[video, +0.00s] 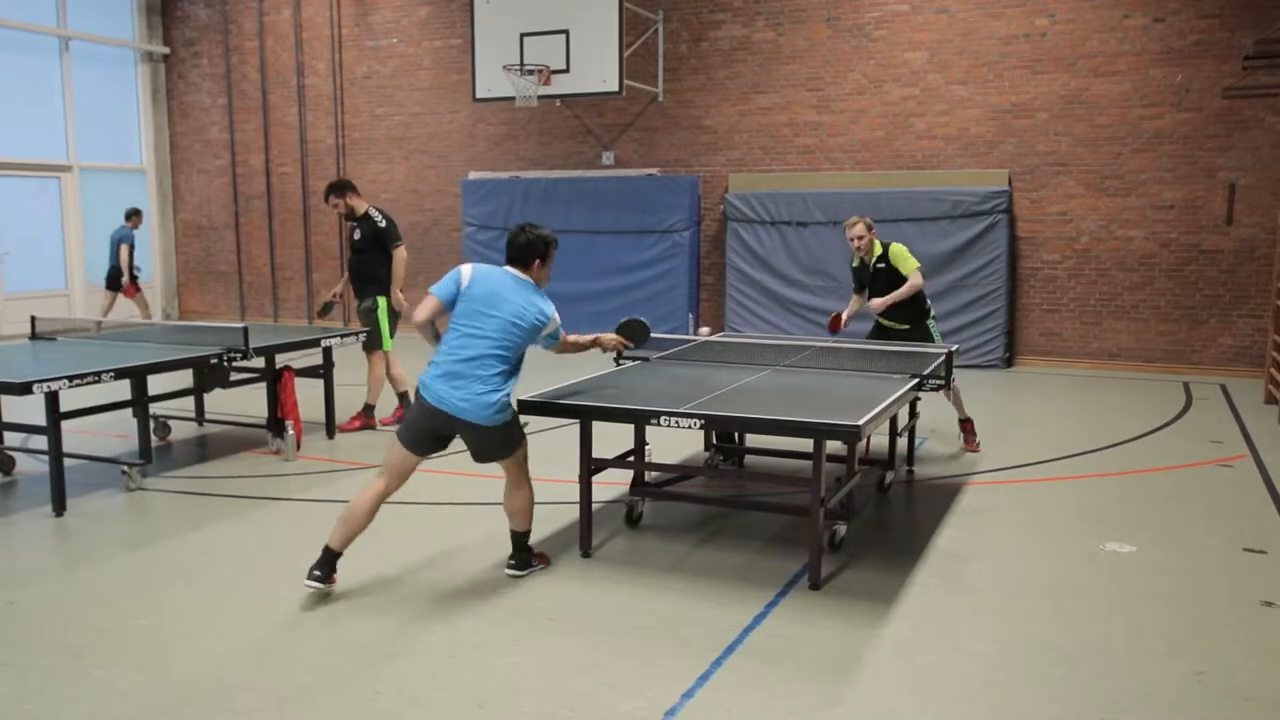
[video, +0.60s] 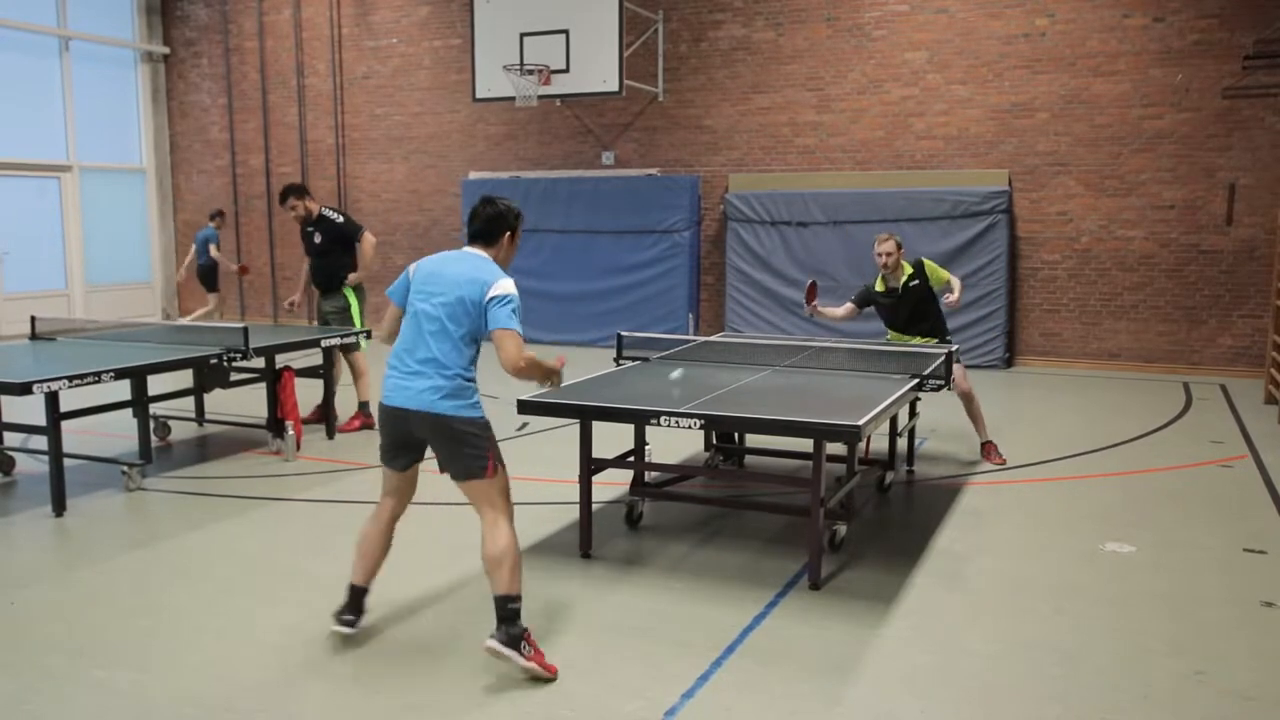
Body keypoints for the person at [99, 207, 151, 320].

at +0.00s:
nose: (141, 222)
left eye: (141, 219)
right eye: (139, 218)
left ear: (130, 219)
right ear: (133, 219)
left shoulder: (117, 232)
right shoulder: (127, 234)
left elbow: (116, 256)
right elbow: (124, 255)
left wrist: (131, 266)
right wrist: (126, 275)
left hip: (113, 271)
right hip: (124, 272)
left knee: (106, 305)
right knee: (143, 306)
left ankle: (95, 329)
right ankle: (149, 335)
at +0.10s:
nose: (156, 223)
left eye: (156, 220)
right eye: (155, 220)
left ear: (146, 220)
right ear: (149, 220)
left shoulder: (134, 233)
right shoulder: (143, 235)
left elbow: (136, 256)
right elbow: (139, 255)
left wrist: (153, 263)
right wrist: (137, 273)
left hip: (130, 273)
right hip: (143, 274)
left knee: (125, 308)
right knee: (160, 307)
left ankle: (108, 326)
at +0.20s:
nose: (170, 220)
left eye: (170, 217)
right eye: (169, 217)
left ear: (159, 217)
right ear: (164, 217)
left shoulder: (148, 229)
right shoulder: (157, 231)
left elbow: (147, 253)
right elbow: (154, 253)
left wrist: (161, 266)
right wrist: (155, 271)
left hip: (146, 268)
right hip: (156, 268)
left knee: (150, 304)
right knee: (166, 303)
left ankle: (131, 319)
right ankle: (163, 331)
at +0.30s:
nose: (183, 218)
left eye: (183, 215)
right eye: (182, 215)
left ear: (172, 214)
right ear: (176, 214)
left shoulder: (161, 227)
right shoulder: (171, 228)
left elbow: (159, 250)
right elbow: (169, 248)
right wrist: (177, 268)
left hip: (159, 265)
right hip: (168, 266)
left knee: (167, 302)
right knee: (170, 302)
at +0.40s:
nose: (196, 220)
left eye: (196, 217)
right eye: (195, 217)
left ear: (184, 216)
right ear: (190, 216)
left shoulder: (173, 229)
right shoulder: (186, 230)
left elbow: (167, 251)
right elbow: (186, 249)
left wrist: (162, 268)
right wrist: (199, 266)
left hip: (173, 265)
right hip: (182, 265)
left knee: (186, 297)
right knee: (177, 297)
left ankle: (188, 323)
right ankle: (165, 326)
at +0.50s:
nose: (210, 223)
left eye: (210, 220)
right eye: (209, 220)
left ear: (198, 219)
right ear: (204, 219)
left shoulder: (186, 233)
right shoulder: (199, 233)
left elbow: (178, 252)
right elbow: (202, 252)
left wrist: (169, 266)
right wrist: (219, 264)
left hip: (188, 269)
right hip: (196, 270)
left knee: (207, 301)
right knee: (187, 304)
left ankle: (213, 325)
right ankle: (169, 325)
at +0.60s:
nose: (223, 223)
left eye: (223, 220)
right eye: (222, 220)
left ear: (212, 219)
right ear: (217, 219)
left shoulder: (200, 233)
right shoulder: (212, 233)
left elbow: (192, 253)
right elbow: (214, 253)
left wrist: (183, 268)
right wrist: (231, 266)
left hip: (201, 268)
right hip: (209, 269)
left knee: (219, 301)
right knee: (214, 304)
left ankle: (218, 329)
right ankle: (186, 320)